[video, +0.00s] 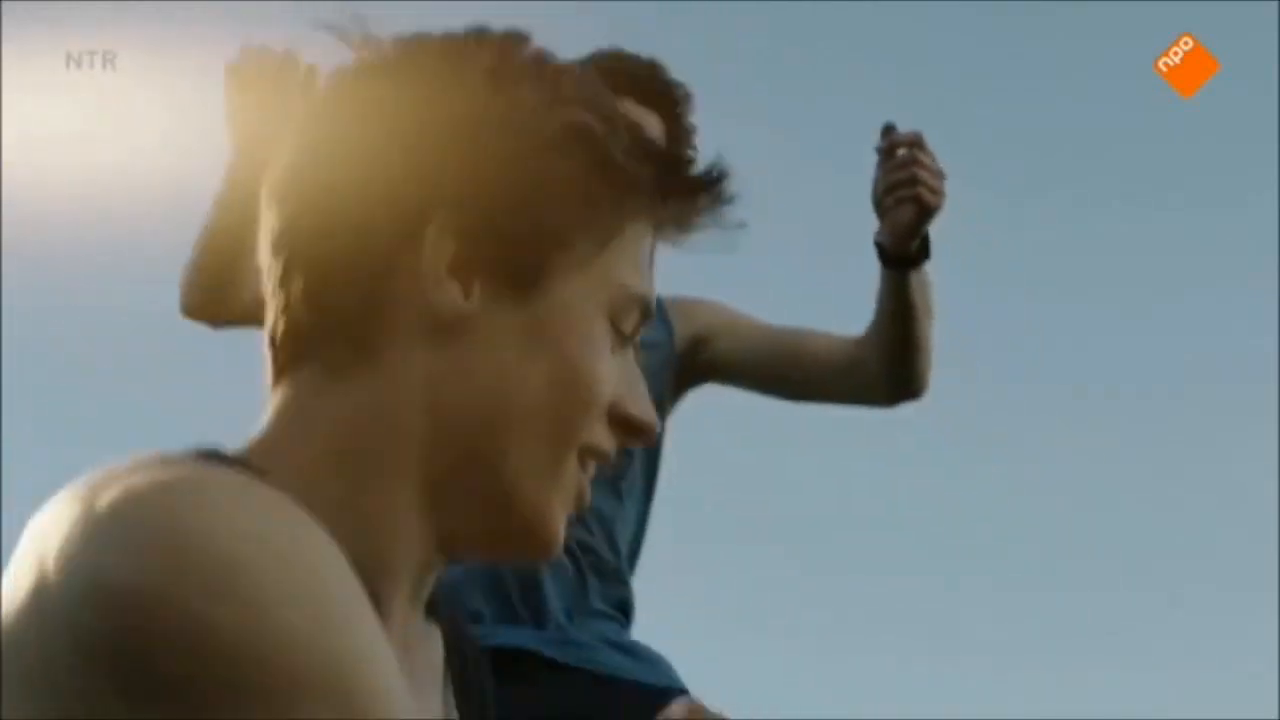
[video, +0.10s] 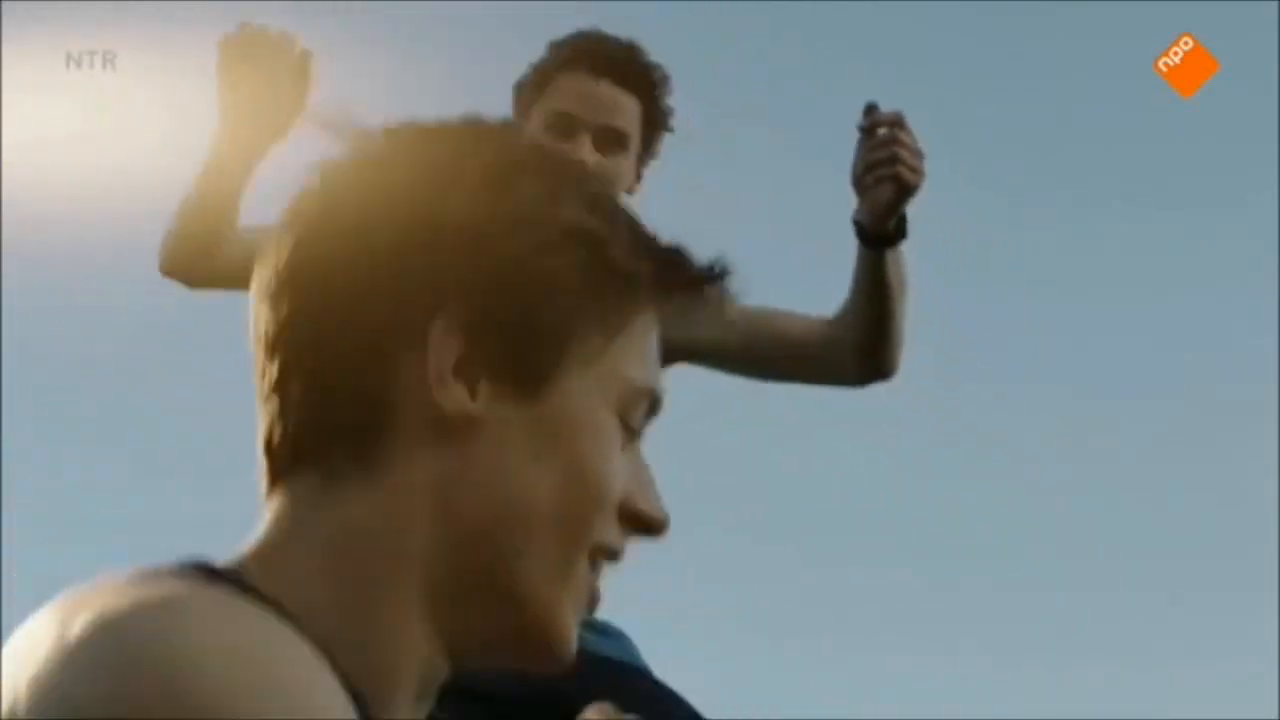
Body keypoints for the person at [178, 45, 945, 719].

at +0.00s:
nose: (622, 192)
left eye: (640, 169)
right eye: (597, 156)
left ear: (663, 190)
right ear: (532, 154)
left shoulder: (671, 325)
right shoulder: (461, 266)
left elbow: (889, 376)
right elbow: (214, 300)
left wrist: (902, 262)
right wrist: (261, 148)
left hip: (586, 646)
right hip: (421, 623)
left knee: (689, 709)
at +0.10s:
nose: (578, 159)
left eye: (609, 145)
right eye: (558, 127)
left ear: (637, 176)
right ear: (512, 128)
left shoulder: (633, 296)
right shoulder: (418, 246)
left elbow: (860, 354)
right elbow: (192, 259)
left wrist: (880, 237)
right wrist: (244, 134)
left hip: (554, 612)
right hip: (390, 597)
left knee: (653, 704)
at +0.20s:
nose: (555, 140)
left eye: (581, 127)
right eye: (535, 111)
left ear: (605, 162)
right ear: (487, 115)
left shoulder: (613, 295)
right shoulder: (381, 220)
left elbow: (819, 336)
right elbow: (160, 214)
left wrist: (847, 218)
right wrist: (212, 118)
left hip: (514, 638)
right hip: (338, 597)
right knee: (259, 707)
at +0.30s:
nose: (536, 136)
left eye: (562, 124)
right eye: (517, 106)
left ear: (585, 158)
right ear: (466, 111)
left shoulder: (585, 293)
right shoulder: (356, 209)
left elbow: (792, 334)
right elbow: (133, 193)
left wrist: (828, 214)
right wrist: (188, 114)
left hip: (473, 621)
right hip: (299, 590)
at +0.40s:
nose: (506, 141)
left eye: (532, 130)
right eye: (488, 110)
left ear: (552, 163)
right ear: (436, 112)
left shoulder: (544, 299)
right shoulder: (323, 204)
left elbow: (747, 346)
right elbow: (104, 178)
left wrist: (800, 227)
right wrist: (144, 111)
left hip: (402, 612)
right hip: (245, 586)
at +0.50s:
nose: (485, 152)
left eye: (511, 141)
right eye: (469, 120)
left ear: (529, 174)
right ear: (416, 119)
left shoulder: (517, 309)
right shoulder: (299, 210)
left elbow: (721, 363)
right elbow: (83, 172)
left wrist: (786, 247)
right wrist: (107, 123)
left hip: (376, 635)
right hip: (215, 600)